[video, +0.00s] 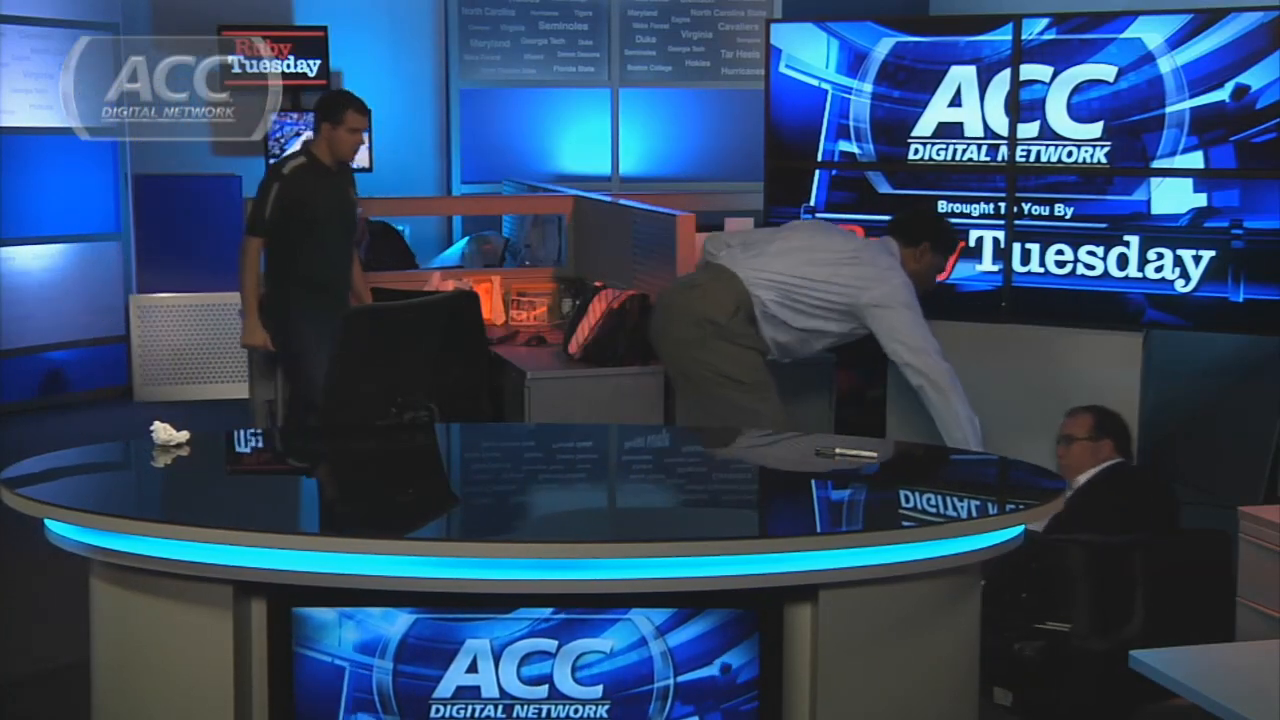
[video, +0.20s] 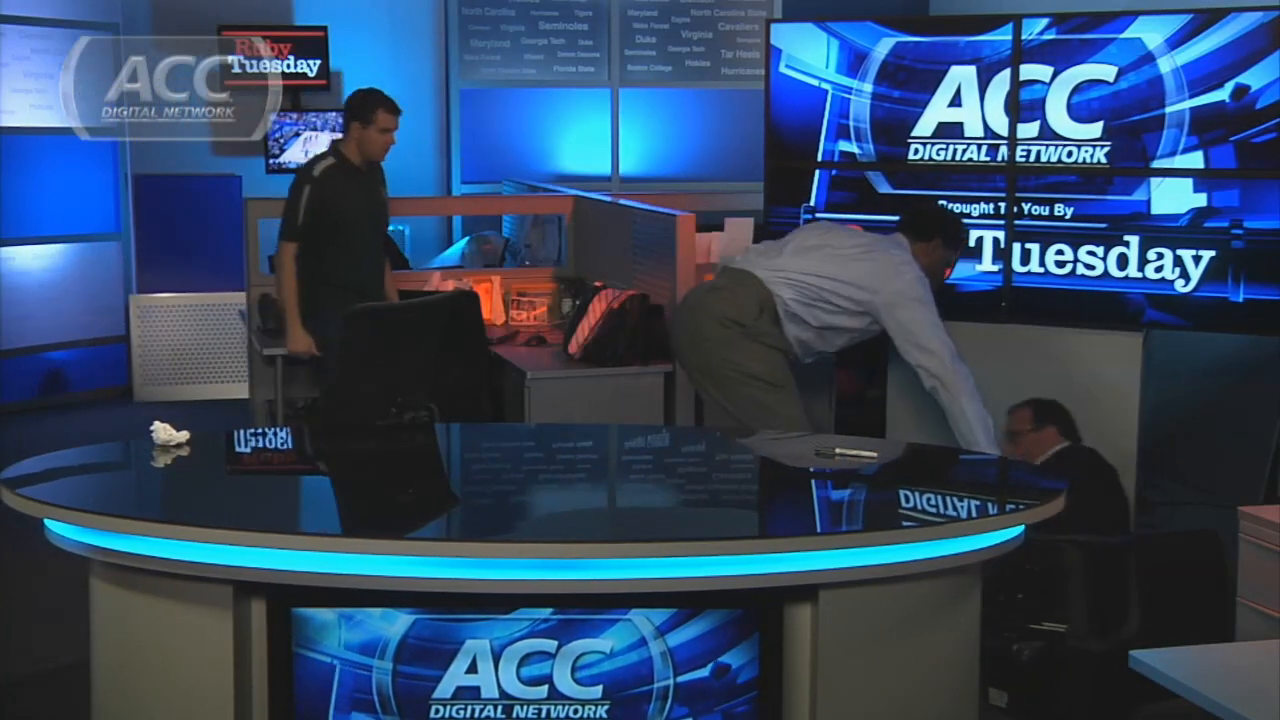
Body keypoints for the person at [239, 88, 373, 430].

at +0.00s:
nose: (361, 141)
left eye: (363, 133)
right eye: (354, 132)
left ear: (331, 131)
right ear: (326, 129)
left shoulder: (344, 177)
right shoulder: (284, 175)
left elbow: (346, 250)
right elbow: (252, 246)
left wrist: (367, 307)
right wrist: (251, 319)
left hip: (335, 309)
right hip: (294, 310)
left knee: (335, 403)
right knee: (308, 404)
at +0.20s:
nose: (392, 140)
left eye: (393, 132)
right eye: (384, 132)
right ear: (357, 130)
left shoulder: (374, 172)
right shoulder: (314, 176)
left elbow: (377, 250)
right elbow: (286, 254)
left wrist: (394, 309)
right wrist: (295, 328)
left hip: (370, 319)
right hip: (326, 321)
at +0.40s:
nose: (420, 138)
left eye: (421, 129)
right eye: (413, 128)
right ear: (385, 126)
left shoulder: (399, 169)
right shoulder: (343, 172)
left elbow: (399, 250)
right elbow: (317, 253)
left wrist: (424, 310)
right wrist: (344, 319)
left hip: (396, 317)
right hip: (357, 323)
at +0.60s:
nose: (447, 139)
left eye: (450, 131)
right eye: (441, 129)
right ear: (412, 125)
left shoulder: (424, 173)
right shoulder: (373, 173)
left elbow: (421, 260)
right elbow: (351, 257)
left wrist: (448, 315)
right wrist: (385, 318)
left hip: (428, 321)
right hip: (389, 325)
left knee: (447, 420)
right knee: (390, 424)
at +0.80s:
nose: (484, 144)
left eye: (487, 135)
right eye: (478, 134)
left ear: (455, 131)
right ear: (449, 130)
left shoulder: (458, 178)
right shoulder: (409, 177)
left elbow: (455, 264)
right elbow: (385, 261)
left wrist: (477, 324)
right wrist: (423, 329)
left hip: (460, 321)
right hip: (423, 327)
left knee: (474, 426)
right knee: (416, 429)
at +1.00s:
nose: (526, 141)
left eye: (529, 133)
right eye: (520, 131)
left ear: (497, 128)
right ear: (492, 126)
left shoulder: (498, 176)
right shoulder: (449, 173)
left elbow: (494, 256)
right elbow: (422, 254)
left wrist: (513, 318)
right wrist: (439, 326)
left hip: (504, 324)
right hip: (464, 328)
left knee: (500, 434)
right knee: (460, 434)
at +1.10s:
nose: (544, 140)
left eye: (546, 131)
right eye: (538, 130)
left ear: (518, 127)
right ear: (509, 123)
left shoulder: (516, 178)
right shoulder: (467, 172)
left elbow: (514, 260)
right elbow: (435, 250)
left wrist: (537, 316)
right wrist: (448, 321)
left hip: (518, 320)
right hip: (479, 321)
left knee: (518, 426)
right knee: (484, 428)